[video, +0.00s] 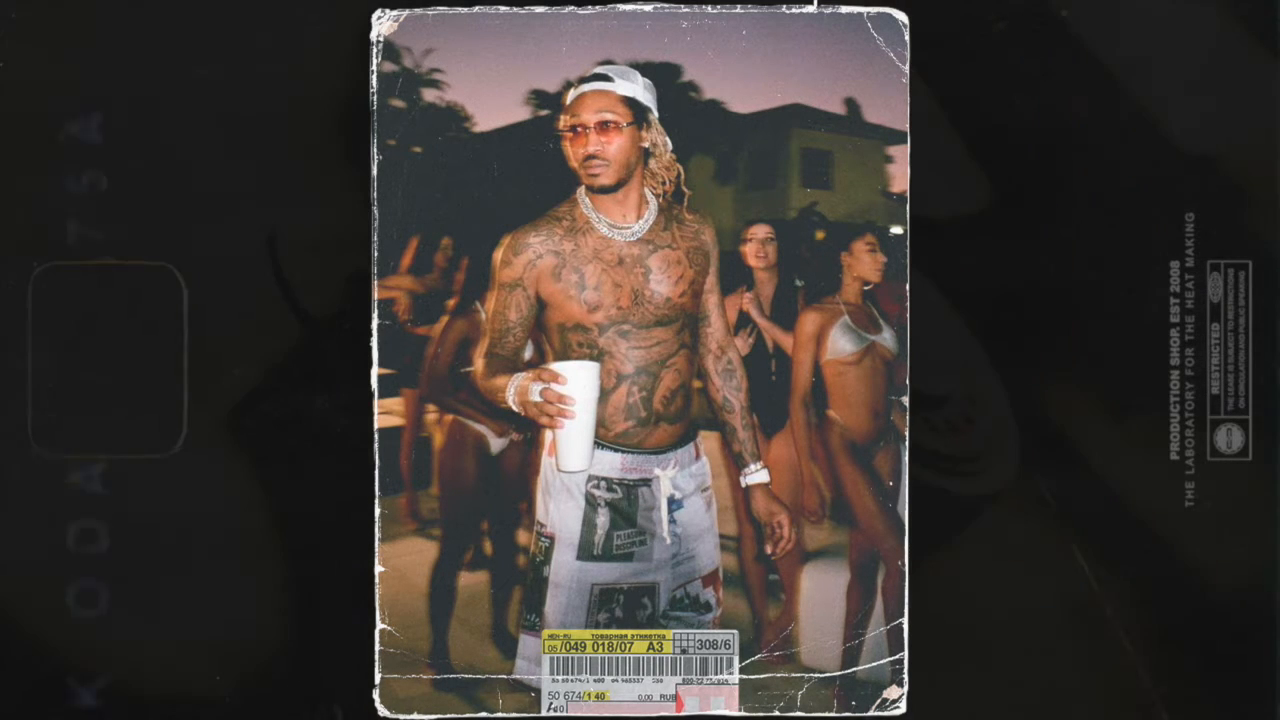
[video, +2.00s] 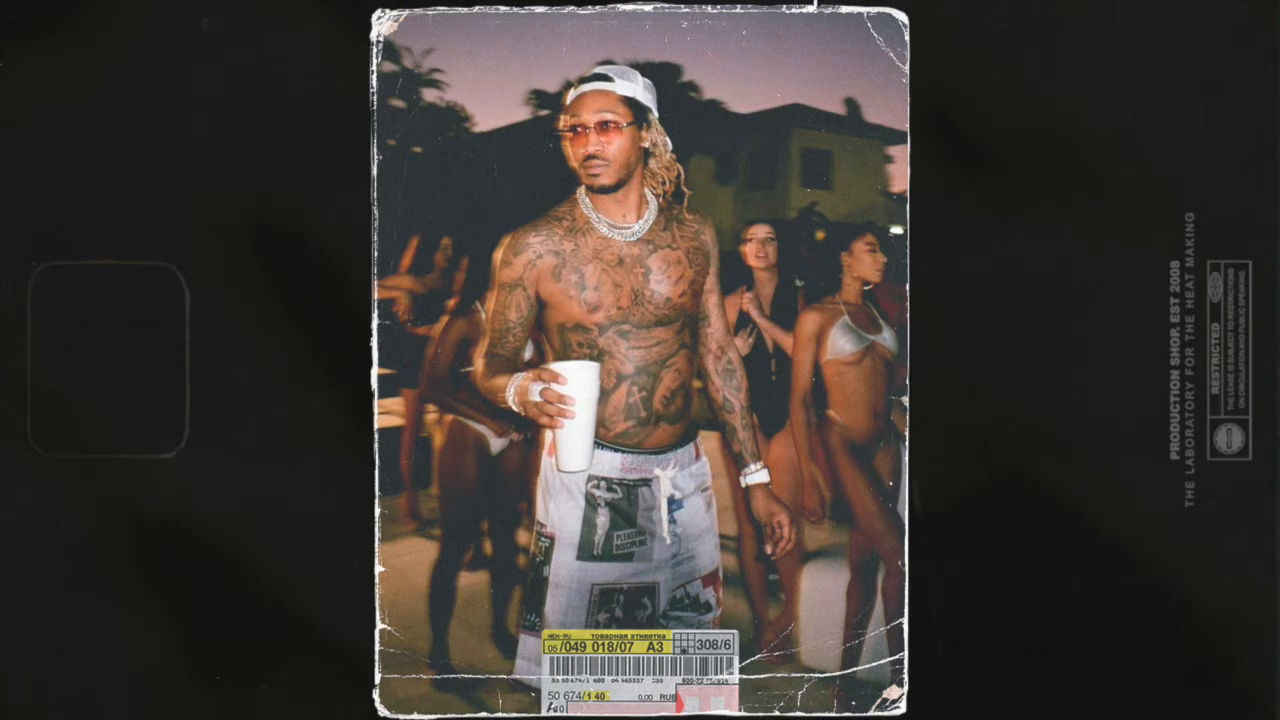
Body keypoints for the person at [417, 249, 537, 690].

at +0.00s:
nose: (513, 293)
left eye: (521, 286)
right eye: (507, 284)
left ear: (530, 293)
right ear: (493, 284)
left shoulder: (531, 333)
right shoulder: (464, 324)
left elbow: (543, 384)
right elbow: (435, 387)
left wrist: (529, 420)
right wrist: (490, 422)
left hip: (514, 444)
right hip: (465, 441)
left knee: (506, 540)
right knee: (456, 544)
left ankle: (501, 627)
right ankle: (439, 650)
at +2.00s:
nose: (514, 289)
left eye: (521, 281)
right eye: (507, 279)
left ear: (531, 289)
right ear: (493, 278)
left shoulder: (531, 333)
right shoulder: (465, 322)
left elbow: (543, 386)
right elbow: (434, 386)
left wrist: (529, 421)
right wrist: (490, 422)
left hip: (515, 443)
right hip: (465, 439)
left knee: (506, 540)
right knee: (456, 544)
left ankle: (501, 627)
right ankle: (439, 650)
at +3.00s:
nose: (515, 288)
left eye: (522, 280)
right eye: (508, 278)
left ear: (532, 288)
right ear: (494, 278)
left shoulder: (531, 333)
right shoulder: (465, 323)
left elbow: (543, 386)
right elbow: (434, 387)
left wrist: (529, 421)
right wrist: (490, 422)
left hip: (515, 443)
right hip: (465, 439)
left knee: (506, 540)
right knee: (456, 544)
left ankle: (501, 627)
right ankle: (439, 649)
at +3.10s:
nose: (515, 284)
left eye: (522, 276)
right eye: (509, 274)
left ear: (531, 285)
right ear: (495, 275)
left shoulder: (531, 331)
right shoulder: (466, 321)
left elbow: (544, 384)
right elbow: (435, 387)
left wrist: (529, 420)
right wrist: (491, 421)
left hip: (515, 445)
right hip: (465, 441)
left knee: (506, 541)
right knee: (456, 544)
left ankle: (501, 628)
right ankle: (439, 651)